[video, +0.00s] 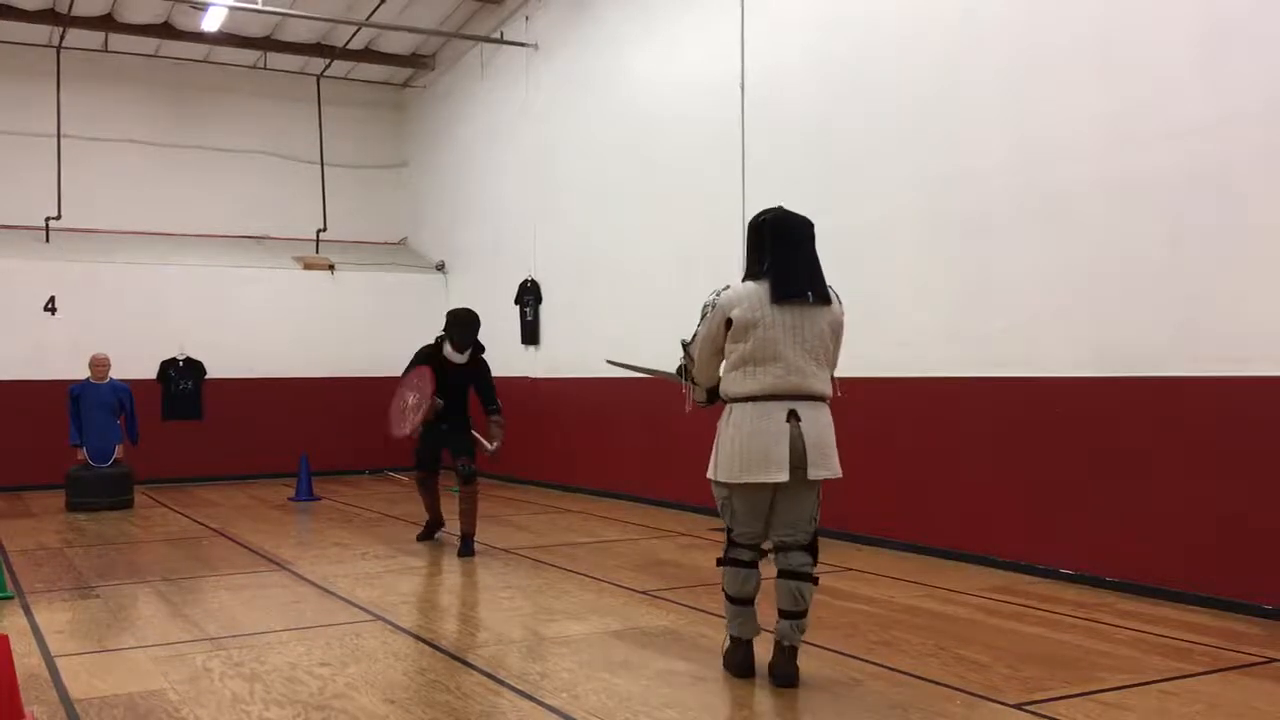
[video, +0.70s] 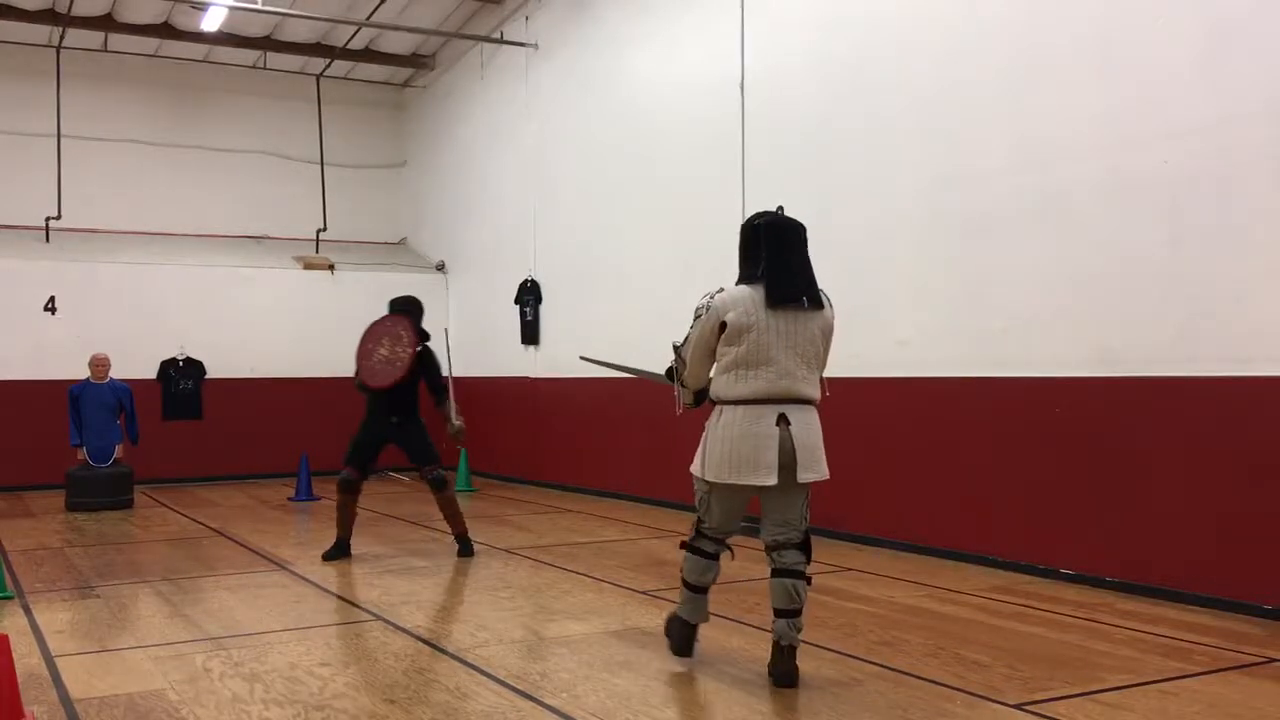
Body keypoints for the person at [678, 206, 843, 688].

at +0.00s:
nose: (749, 256)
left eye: (751, 247)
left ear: (756, 250)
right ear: (807, 249)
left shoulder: (735, 299)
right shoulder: (829, 304)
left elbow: (702, 365)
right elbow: (825, 369)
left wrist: (707, 387)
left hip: (748, 436)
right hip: (811, 436)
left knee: (743, 544)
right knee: (796, 547)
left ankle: (740, 649)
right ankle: (786, 658)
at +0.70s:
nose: (743, 260)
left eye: (745, 253)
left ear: (750, 254)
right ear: (799, 254)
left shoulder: (729, 304)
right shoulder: (820, 309)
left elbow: (693, 373)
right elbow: (812, 374)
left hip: (735, 436)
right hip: (799, 438)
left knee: (710, 535)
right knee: (788, 543)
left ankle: (685, 627)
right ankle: (785, 655)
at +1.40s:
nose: (637, 269)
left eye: (638, 261)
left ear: (644, 263)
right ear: (691, 260)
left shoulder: (628, 312)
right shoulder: (717, 310)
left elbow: (605, 386)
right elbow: (719, 371)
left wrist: (609, 405)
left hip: (651, 430)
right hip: (711, 426)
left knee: (645, 535)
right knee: (722, 527)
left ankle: (634, 633)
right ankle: (751, 623)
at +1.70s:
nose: (620, 266)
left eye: (623, 258)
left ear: (629, 260)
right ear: (676, 258)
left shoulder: (613, 307)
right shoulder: (702, 307)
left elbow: (589, 377)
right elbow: (709, 367)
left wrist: (604, 378)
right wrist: (673, 373)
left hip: (636, 427)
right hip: (696, 425)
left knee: (635, 532)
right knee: (681, 530)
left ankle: (634, 633)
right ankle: (674, 635)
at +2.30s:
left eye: (628, 259)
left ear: (629, 266)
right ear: (676, 265)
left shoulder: (612, 308)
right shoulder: (693, 307)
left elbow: (588, 334)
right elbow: (717, 277)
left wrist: (606, 294)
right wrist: (681, 256)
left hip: (623, 429)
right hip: (681, 429)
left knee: (606, 525)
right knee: (673, 528)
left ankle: (593, 619)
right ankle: (667, 631)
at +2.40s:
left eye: (624, 261)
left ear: (624, 268)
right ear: (671, 267)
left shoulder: (607, 310)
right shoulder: (687, 309)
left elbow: (584, 335)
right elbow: (714, 278)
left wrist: (604, 295)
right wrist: (678, 257)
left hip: (620, 431)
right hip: (677, 429)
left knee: (601, 525)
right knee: (672, 528)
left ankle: (579, 617)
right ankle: (666, 633)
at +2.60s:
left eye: (608, 266)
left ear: (609, 272)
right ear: (656, 269)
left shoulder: (590, 317)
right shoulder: (672, 311)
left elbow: (572, 343)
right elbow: (701, 283)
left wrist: (591, 304)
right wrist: (663, 261)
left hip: (607, 432)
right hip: (664, 429)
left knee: (596, 525)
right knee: (664, 526)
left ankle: (574, 614)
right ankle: (665, 632)